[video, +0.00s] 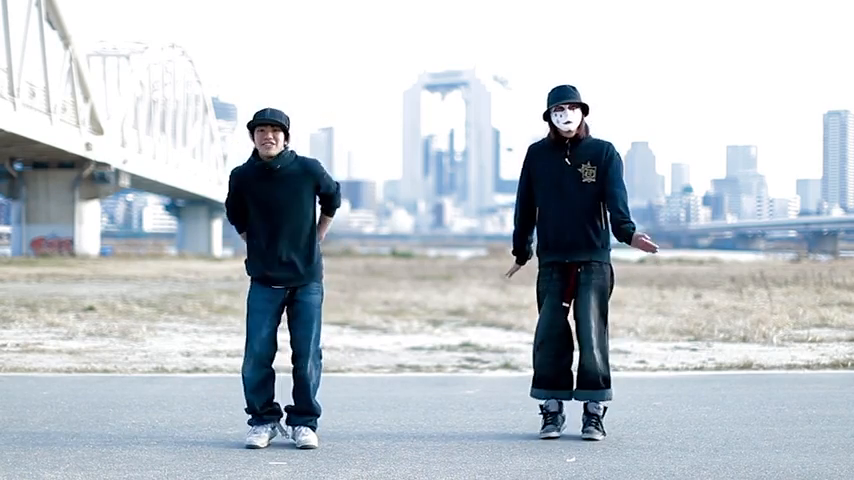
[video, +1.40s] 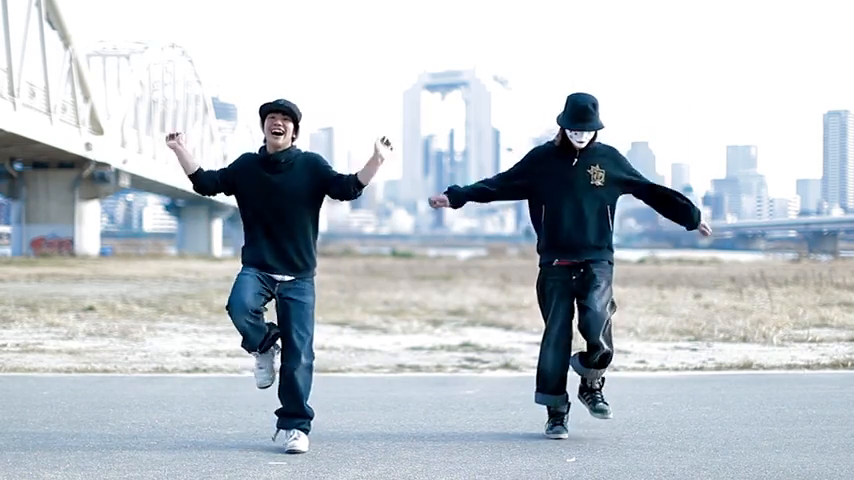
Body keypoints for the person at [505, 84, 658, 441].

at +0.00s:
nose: (565, 115)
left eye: (570, 108)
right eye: (558, 110)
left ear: (582, 112)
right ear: (549, 116)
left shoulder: (603, 152)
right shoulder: (536, 154)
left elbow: (616, 198)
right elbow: (525, 204)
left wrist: (629, 232)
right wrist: (521, 249)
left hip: (592, 256)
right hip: (551, 256)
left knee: (590, 331)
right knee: (548, 330)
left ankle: (593, 411)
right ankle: (551, 409)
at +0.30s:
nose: (570, 121)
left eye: (577, 115)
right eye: (564, 115)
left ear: (585, 123)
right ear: (554, 120)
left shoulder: (599, 165)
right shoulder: (537, 163)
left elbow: (608, 221)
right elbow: (530, 210)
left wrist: (608, 272)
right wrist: (535, 251)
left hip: (592, 249)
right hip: (553, 255)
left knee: (586, 287)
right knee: (553, 334)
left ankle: (588, 353)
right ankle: (554, 412)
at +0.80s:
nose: (577, 123)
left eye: (583, 118)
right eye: (571, 118)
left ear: (592, 124)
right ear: (560, 123)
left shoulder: (606, 164)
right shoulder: (542, 166)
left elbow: (626, 198)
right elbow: (527, 206)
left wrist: (646, 219)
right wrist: (520, 239)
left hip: (598, 259)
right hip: (559, 256)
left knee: (591, 335)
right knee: (586, 308)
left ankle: (584, 412)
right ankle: (561, 364)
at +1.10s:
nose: (575, 130)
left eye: (581, 124)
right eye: (569, 123)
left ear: (591, 127)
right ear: (559, 127)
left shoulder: (608, 166)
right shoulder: (541, 170)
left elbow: (651, 186)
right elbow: (511, 212)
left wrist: (619, 201)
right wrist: (538, 235)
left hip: (597, 271)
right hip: (557, 271)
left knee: (590, 344)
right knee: (557, 343)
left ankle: (585, 415)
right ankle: (556, 417)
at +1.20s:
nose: (574, 140)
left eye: (581, 134)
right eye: (569, 133)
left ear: (591, 133)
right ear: (559, 131)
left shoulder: (608, 166)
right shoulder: (543, 166)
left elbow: (649, 175)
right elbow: (503, 183)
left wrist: (630, 136)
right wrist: (534, 149)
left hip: (594, 265)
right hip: (552, 267)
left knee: (596, 326)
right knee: (555, 339)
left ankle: (586, 381)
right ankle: (554, 414)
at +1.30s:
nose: (577, 140)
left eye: (584, 135)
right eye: (571, 134)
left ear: (593, 133)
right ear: (560, 130)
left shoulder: (608, 161)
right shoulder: (538, 160)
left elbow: (650, 172)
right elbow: (498, 176)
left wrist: (686, 140)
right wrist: (481, 135)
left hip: (596, 258)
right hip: (554, 260)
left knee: (593, 312)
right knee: (555, 332)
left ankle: (590, 365)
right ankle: (555, 412)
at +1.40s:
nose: (580, 137)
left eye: (587, 131)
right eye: (575, 130)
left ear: (596, 129)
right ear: (563, 126)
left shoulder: (607, 159)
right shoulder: (541, 159)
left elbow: (648, 190)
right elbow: (501, 185)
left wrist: (691, 216)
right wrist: (455, 196)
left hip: (597, 257)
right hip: (555, 259)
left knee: (596, 323)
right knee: (556, 334)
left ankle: (592, 384)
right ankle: (556, 412)